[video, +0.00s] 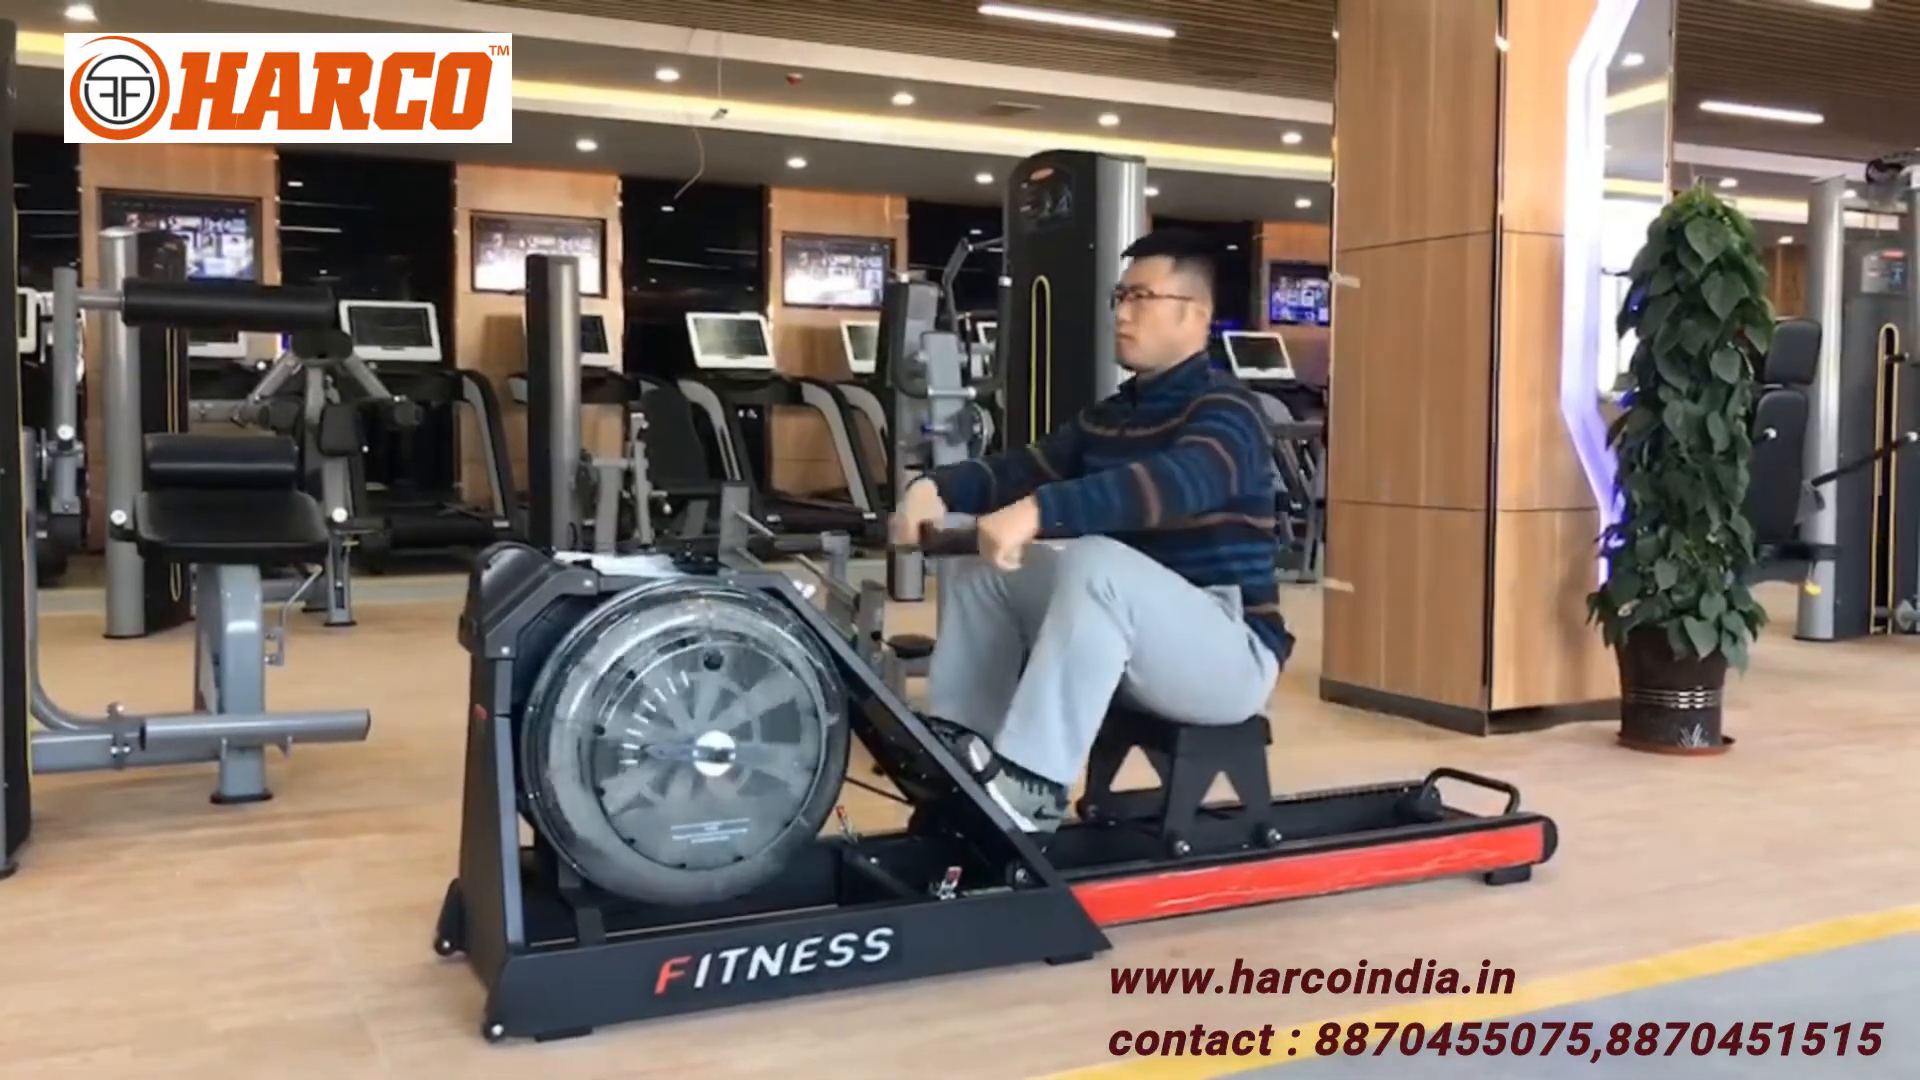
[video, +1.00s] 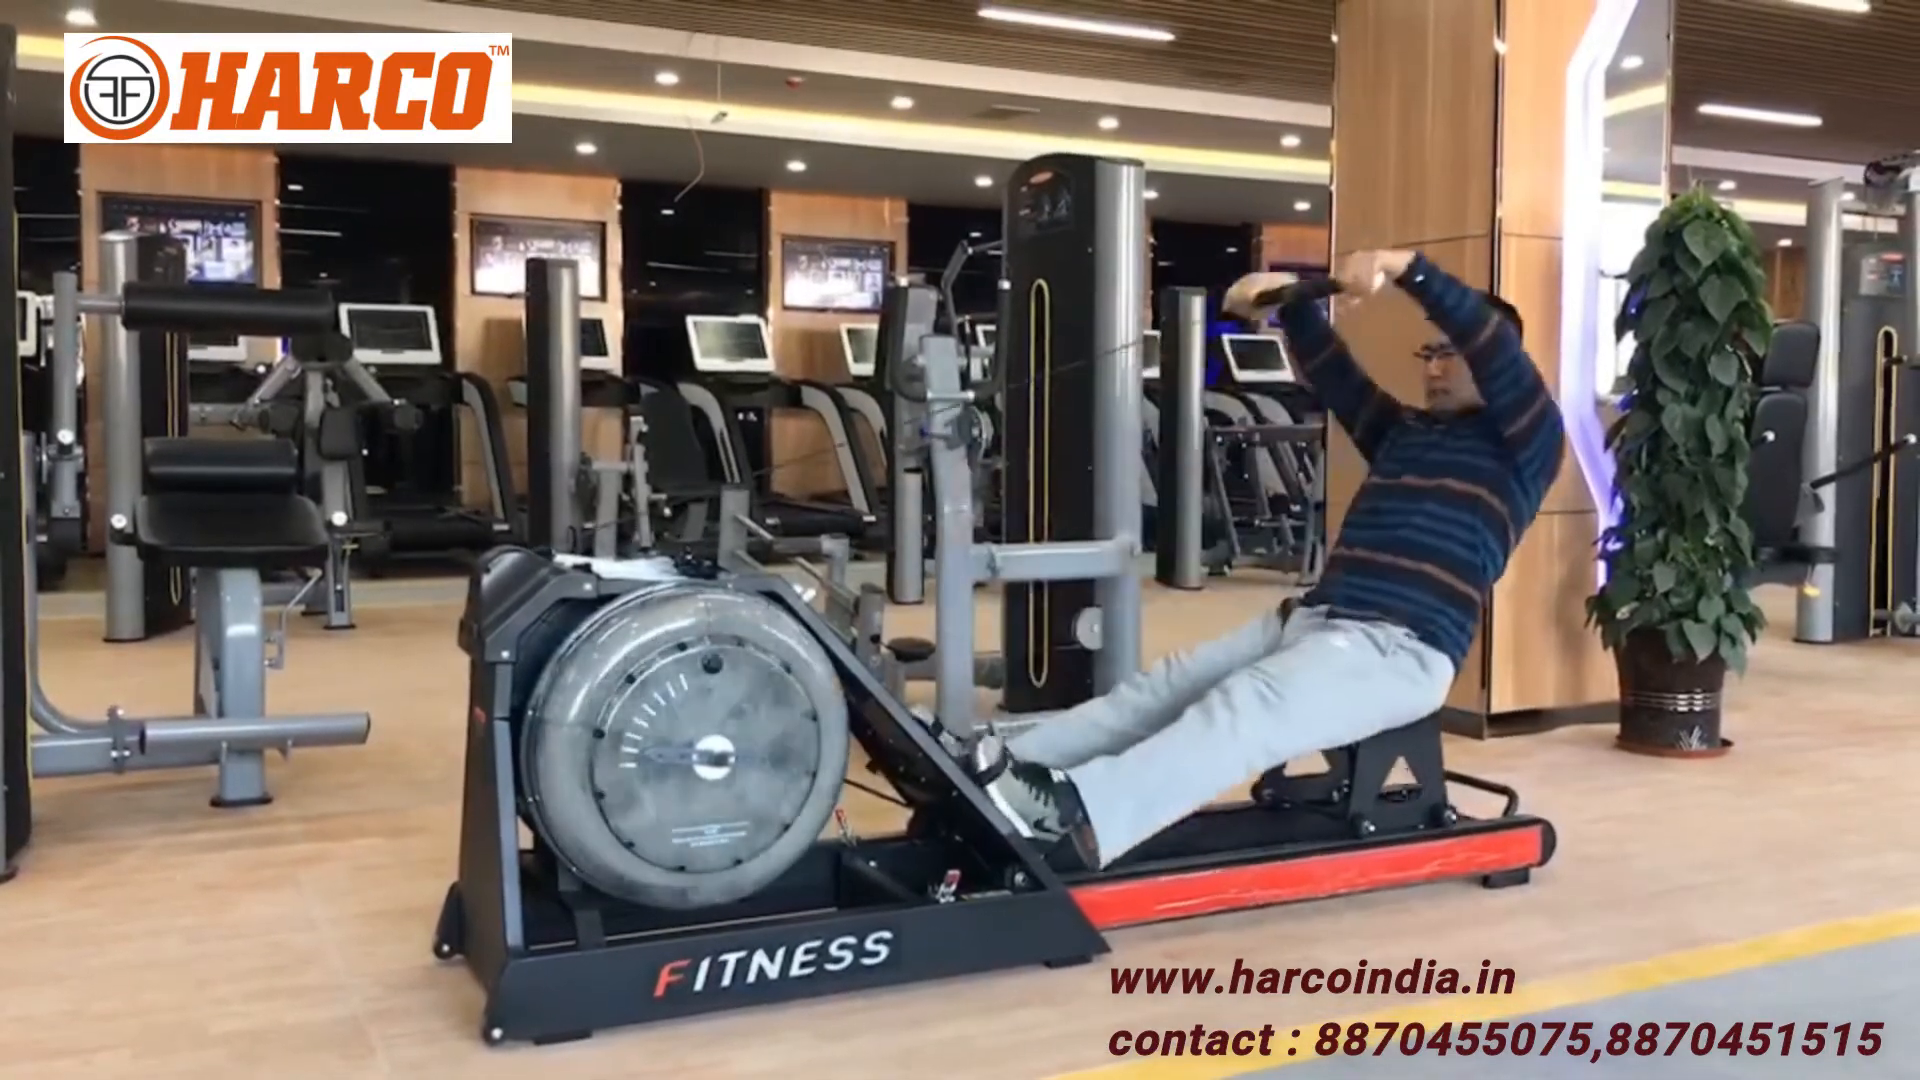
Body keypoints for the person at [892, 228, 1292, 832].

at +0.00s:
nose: (1121, 313)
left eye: (1139, 298)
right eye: (1120, 298)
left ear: (1195, 316)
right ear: (1113, 309)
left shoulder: (1227, 414)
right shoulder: (1113, 415)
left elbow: (1166, 487)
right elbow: (1034, 467)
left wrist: (1039, 509)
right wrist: (940, 487)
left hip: (1230, 652)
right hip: (1127, 637)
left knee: (1097, 566)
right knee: (974, 564)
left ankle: (1034, 784)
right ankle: (959, 758)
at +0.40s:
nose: (1231, 309)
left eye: (1253, 298)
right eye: (1231, 296)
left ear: (1306, 322)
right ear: (1224, 307)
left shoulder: (1322, 416)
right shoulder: (1210, 411)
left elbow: (1221, 465)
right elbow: (1118, 448)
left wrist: (1100, 492)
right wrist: (1000, 471)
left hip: (1280, 644)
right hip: (1188, 619)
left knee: (1133, 581)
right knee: (1032, 572)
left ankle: (1038, 786)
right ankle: (959, 747)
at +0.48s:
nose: (1258, 316)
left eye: (1279, 304)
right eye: (1258, 302)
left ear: (1334, 324)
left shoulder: (1353, 417)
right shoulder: (1242, 410)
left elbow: (1252, 460)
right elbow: (1150, 443)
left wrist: (1132, 478)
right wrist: (1035, 458)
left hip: (1302, 642)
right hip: (1217, 618)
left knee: (1151, 594)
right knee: (1056, 579)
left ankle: (1041, 787)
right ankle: (961, 749)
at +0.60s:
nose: (1326, 329)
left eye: (1346, 316)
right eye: (1325, 315)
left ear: (1399, 330)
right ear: (1322, 321)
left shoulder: (1418, 417)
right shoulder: (1297, 410)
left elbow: (1324, 412)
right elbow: (1212, 420)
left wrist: (1217, 397)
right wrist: (1107, 404)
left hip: (1343, 637)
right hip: (1262, 619)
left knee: (1185, 619)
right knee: (1090, 601)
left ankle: (1051, 790)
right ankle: (968, 756)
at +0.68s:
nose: (1349, 336)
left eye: (1371, 322)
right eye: (1346, 322)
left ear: (1424, 339)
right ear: (1338, 327)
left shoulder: (1445, 419)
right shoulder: (1318, 415)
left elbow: (1359, 395)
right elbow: (1230, 409)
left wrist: (1253, 365)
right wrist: (1140, 383)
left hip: (1360, 639)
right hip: (1279, 620)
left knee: (1199, 634)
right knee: (1107, 610)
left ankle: (1060, 793)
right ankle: (977, 760)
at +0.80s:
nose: (1417, 352)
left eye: (1437, 339)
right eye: (1405, 338)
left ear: (1477, 348)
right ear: (1392, 341)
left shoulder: (1492, 433)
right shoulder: (1358, 425)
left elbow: (1424, 372)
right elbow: (1271, 392)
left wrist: (1326, 320)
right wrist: (1202, 345)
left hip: (1383, 646)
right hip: (1294, 620)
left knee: (1219, 673)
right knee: (1130, 640)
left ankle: (1068, 805)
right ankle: (989, 756)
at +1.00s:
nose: (1430, 361)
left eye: (1449, 353)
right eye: (1428, 350)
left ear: (1490, 367)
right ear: (1424, 366)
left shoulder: (1523, 450)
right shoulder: (1397, 434)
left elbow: (1497, 343)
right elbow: (1333, 373)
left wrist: (1413, 267)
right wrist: (1293, 300)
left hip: (1402, 649)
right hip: (1313, 621)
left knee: (1241, 710)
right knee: (1170, 684)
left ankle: (1078, 823)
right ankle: (996, 759)